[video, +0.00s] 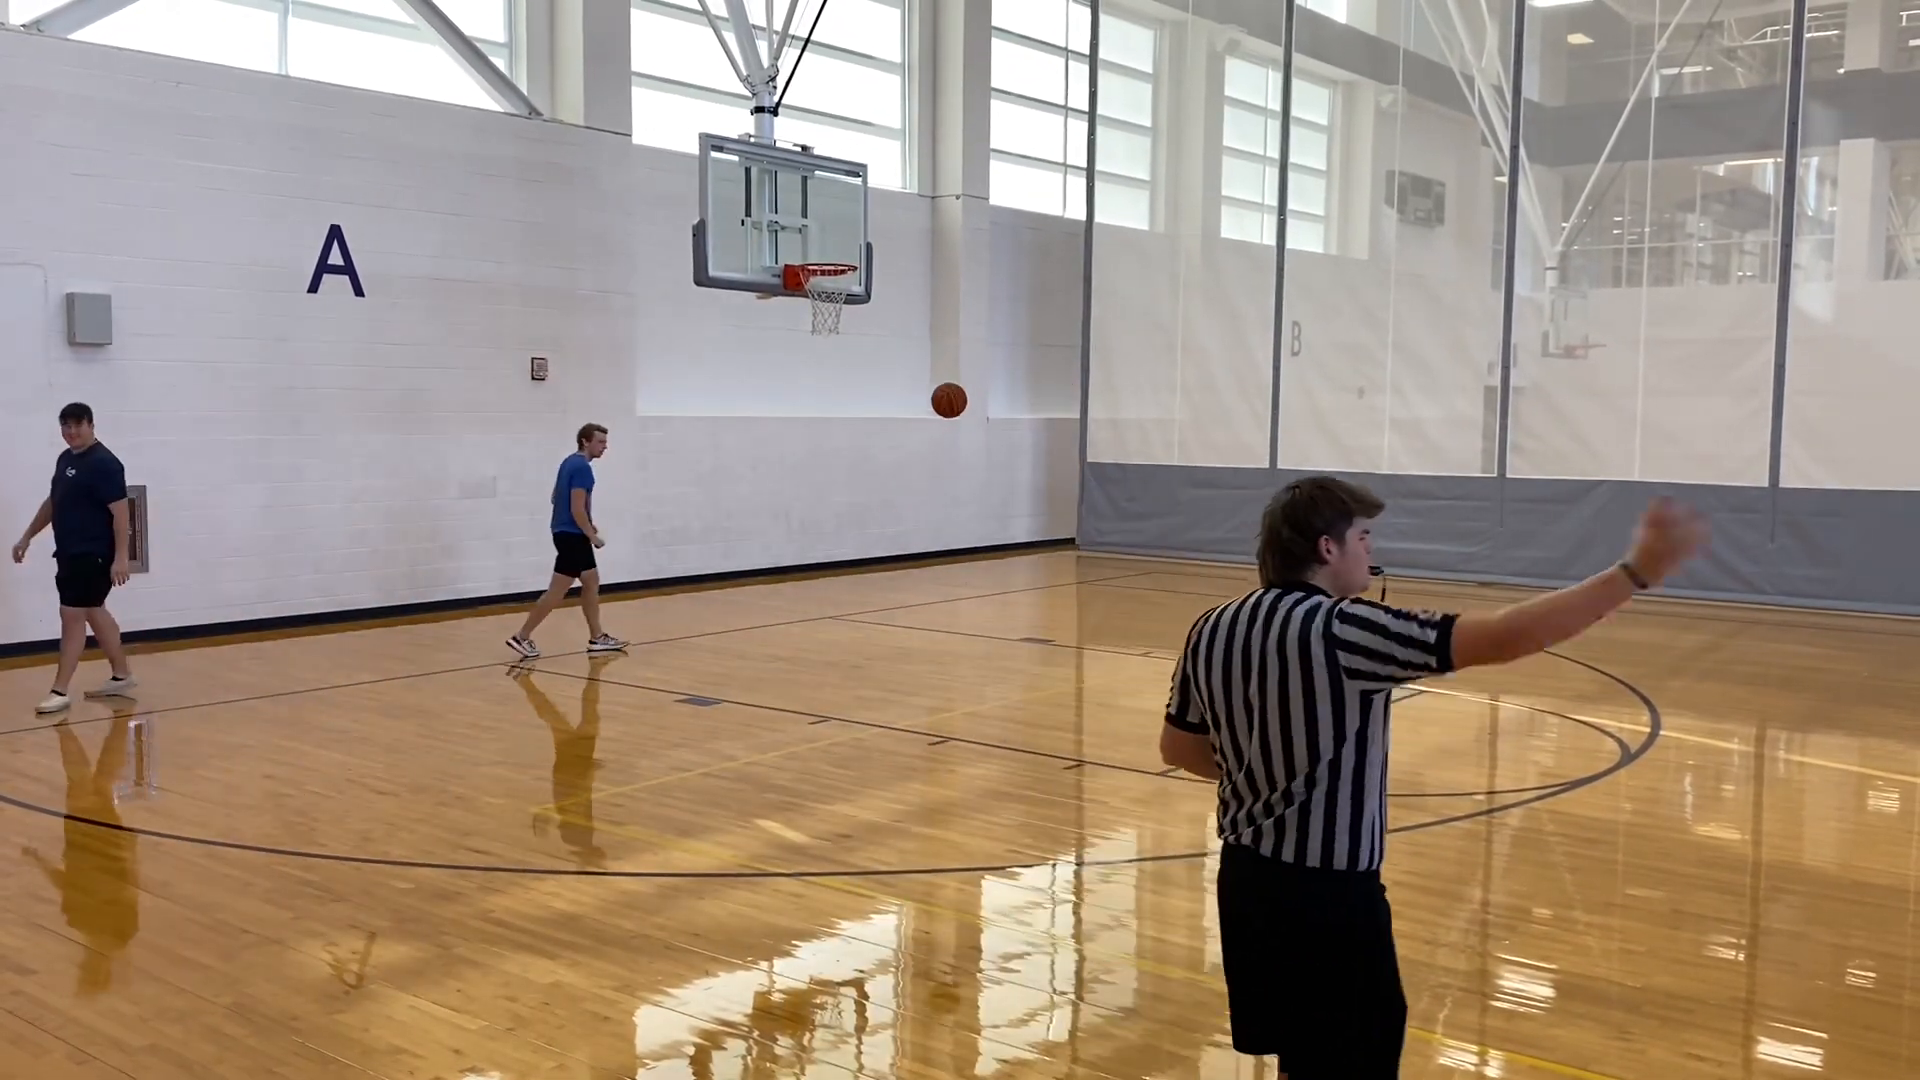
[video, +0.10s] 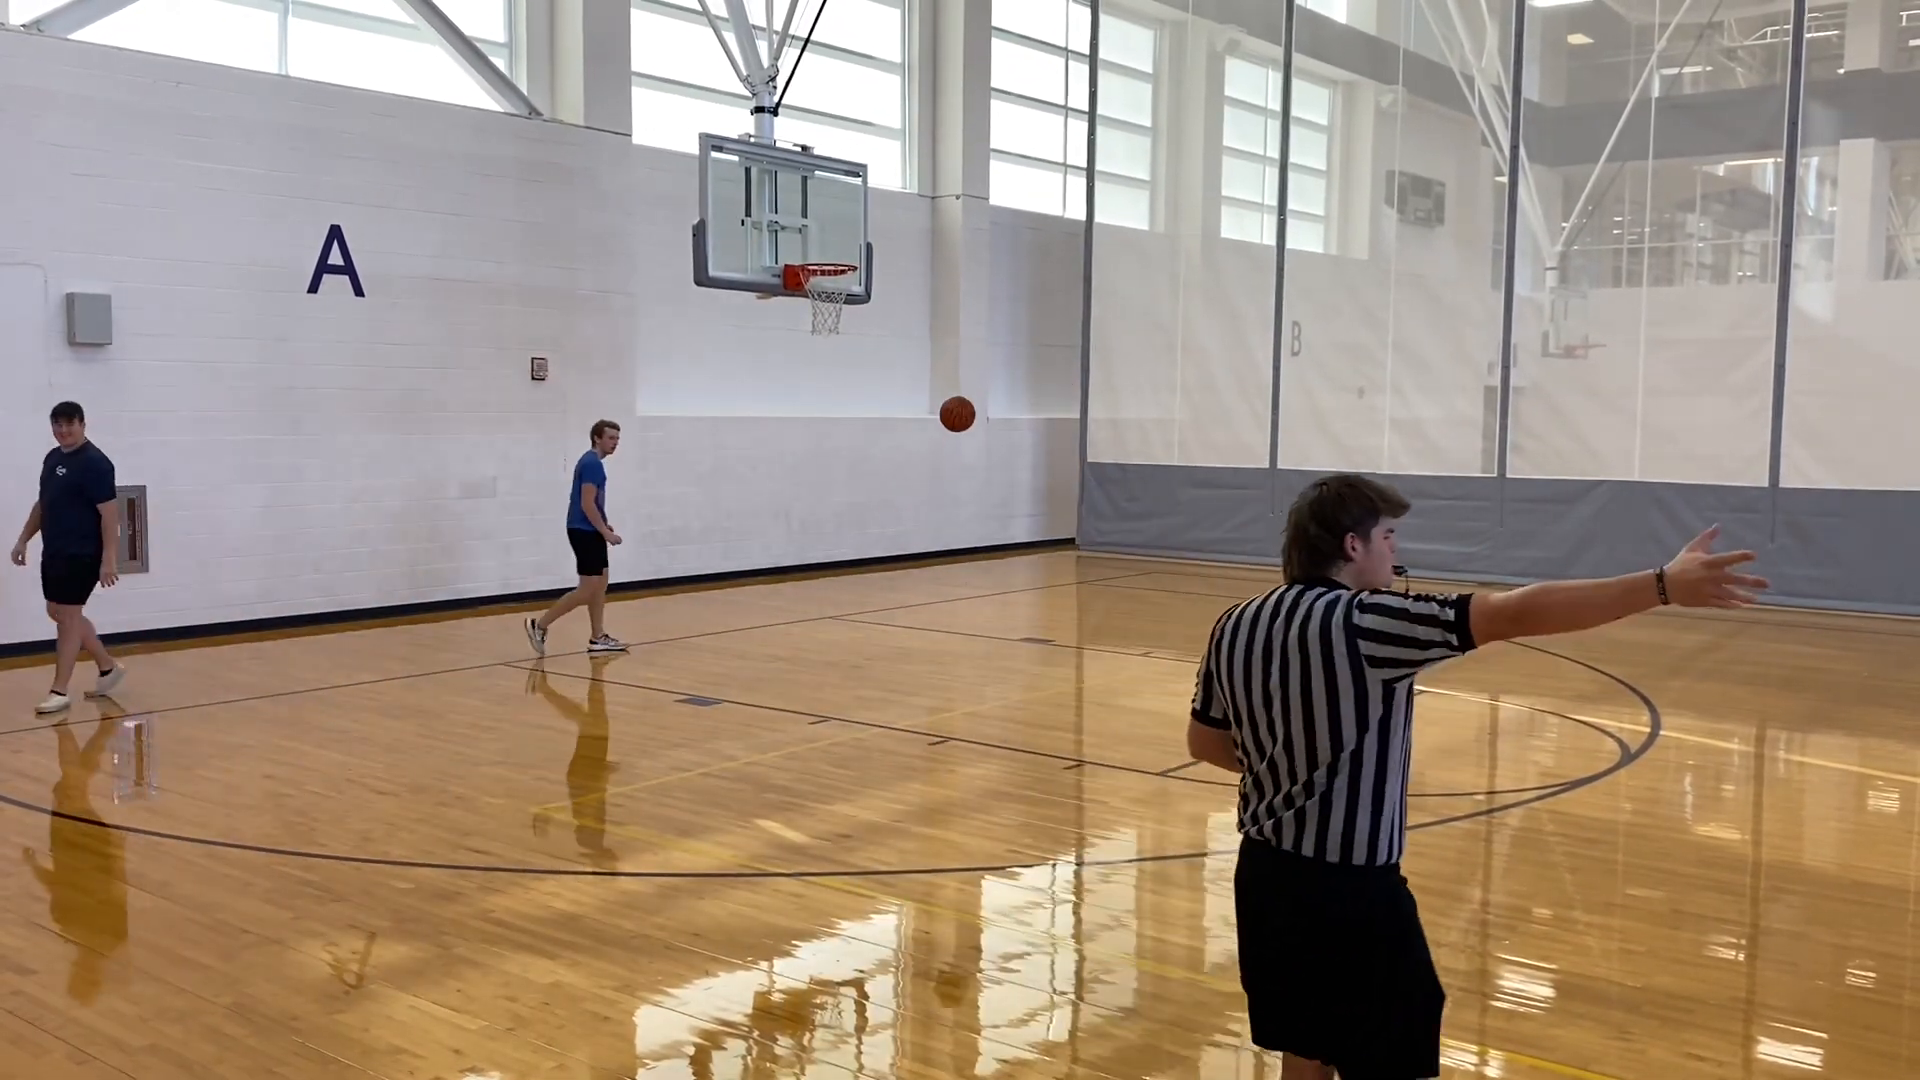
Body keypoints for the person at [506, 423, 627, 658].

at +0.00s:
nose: (604, 447)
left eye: (605, 442)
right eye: (601, 442)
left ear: (586, 444)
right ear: (585, 442)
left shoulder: (569, 463)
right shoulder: (582, 467)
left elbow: (556, 498)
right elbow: (577, 509)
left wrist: (587, 524)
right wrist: (593, 536)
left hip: (566, 533)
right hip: (573, 535)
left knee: (591, 582)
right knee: (556, 591)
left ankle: (598, 637)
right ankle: (521, 637)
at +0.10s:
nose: (615, 443)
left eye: (617, 439)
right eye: (611, 438)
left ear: (607, 441)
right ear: (597, 439)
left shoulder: (594, 462)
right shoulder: (591, 463)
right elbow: (587, 504)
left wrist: (605, 525)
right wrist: (605, 531)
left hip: (592, 530)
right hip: (584, 530)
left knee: (600, 581)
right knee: (588, 589)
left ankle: (598, 637)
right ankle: (539, 626)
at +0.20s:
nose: (626, 440)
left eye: (628, 436)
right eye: (622, 435)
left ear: (625, 438)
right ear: (608, 436)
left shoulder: (610, 460)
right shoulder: (600, 461)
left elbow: (604, 500)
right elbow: (594, 502)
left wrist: (619, 519)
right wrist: (616, 528)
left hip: (603, 527)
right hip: (596, 528)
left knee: (604, 581)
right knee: (616, 582)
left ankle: (599, 636)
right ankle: (568, 617)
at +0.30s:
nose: (637, 438)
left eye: (639, 434)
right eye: (632, 434)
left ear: (638, 437)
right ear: (619, 434)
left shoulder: (627, 460)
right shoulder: (608, 461)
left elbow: (623, 496)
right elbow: (601, 501)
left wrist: (638, 515)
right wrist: (623, 527)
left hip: (617, 526)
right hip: (609, 527)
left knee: (608, 578)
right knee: (635, 578)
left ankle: (599, 632)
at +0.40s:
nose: (648, 440)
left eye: (650, 436)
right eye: (644, 435)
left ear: (651, 438)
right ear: (631, 436)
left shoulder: (641, 462)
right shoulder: (619, 463)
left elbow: (640, 495)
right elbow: (609, 502)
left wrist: (660, 514)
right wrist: (630, 530)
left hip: (629, 528)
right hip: (622, 529)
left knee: (612, 580)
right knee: (646, 578)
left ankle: (599, 633)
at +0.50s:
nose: (661, 444)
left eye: (663, 440)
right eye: (657, 439)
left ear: (663, 442)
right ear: (644, 440)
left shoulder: (654, 465)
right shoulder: (632, 467)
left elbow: (657, 498)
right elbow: (621, 506)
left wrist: (679, 516)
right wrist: (638, 536)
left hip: (644, 533)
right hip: (634, 535)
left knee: (620, 582)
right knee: (656, 584)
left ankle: (601, 632)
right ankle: (679, 635)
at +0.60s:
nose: (675, 445)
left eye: (678, 441)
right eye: (671, 440)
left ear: (678, 443)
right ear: (658, 442)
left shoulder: (670, 467)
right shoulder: (646, 469)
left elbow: (670, 500)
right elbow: (635, 508)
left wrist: (693, 518)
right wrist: (649, 540)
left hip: (660, 533)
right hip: (651, 535)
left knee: (639, 582)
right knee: (672, 584)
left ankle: (606, 628)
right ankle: (687, 638)